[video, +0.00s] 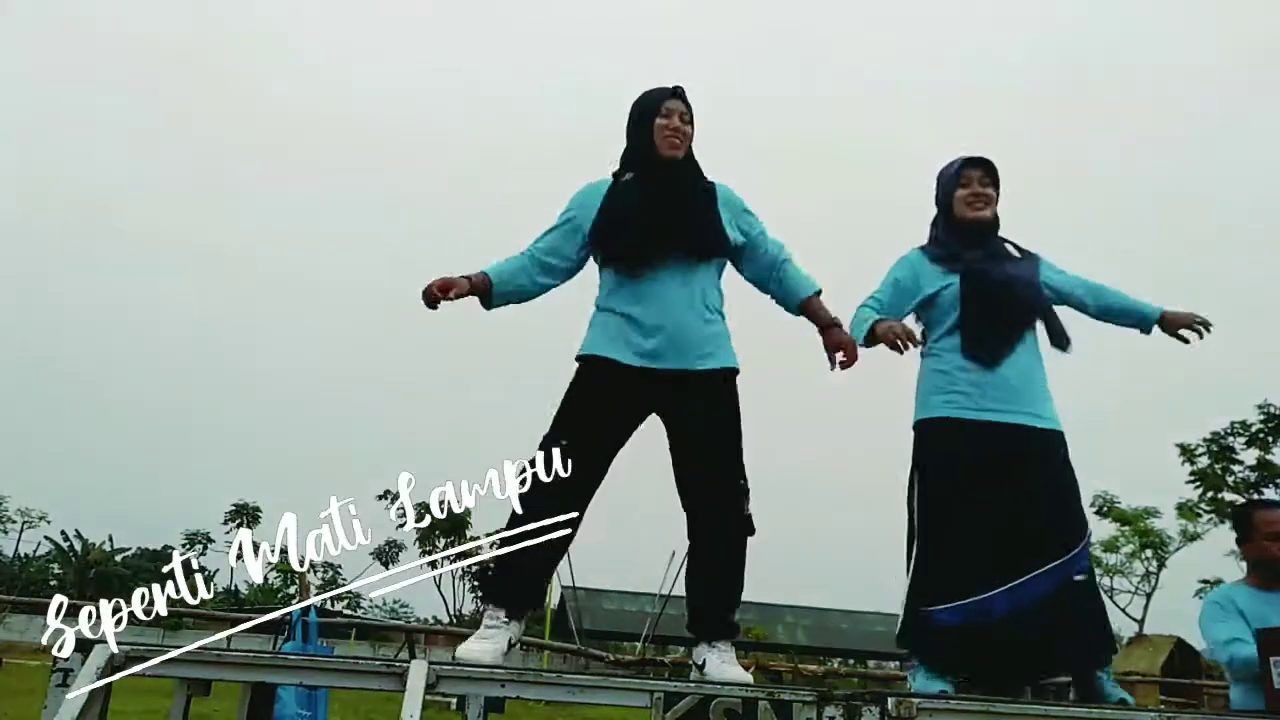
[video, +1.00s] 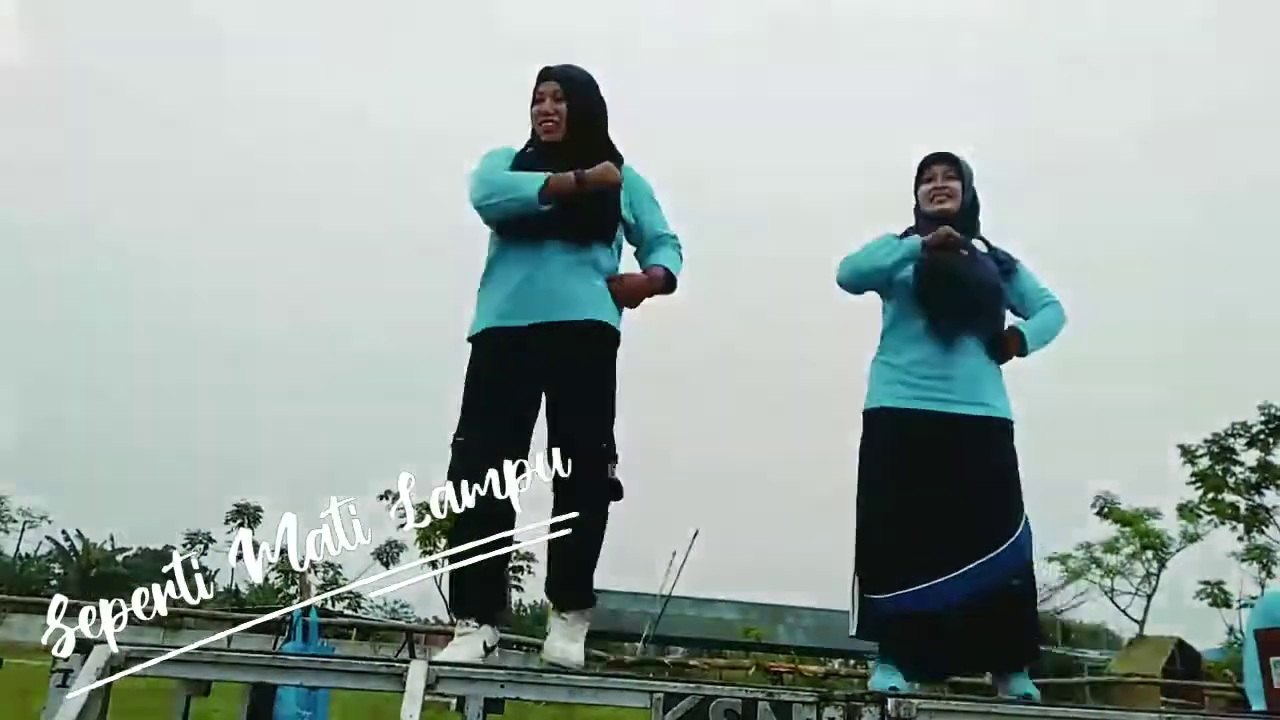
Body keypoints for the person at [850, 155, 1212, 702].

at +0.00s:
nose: (978, 192)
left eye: (987, 186)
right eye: (965, 185)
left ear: (999, 200)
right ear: (944, 199)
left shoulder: (1025, 264)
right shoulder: (918, 265)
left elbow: (1089, 294)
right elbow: (863, 321)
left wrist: (1158, 316)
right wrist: (882, 326)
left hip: (1030, 420)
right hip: (952, 418)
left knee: (1064, 541)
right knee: (947, 540)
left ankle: (1088, 668)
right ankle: (932, 664)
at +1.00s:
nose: (939, 186)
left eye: (950, 179)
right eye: (930, 180)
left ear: (969, 194)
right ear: (916, 196)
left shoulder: (997, 258)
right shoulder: (896, 249)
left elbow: (1052, 312)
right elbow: (848, 275)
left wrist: (1020, 339)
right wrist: (915, 246)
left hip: (978, 409)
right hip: (900, 404)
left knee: (998, 535)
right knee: (897, 531)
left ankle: (1011, 665)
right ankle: (894, 660)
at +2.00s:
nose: (885, 202)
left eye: (891, 197)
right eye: (877, 190)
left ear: (892, 208)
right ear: (847, 189)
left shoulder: (902, 264)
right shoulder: (804, 250)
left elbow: (963, 258)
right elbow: (735, 282)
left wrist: (893, 236)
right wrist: (787, 318)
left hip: (892, 417)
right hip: (820, 408)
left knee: (908, 529)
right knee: (815, 530)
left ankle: (884, 666)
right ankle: (799, 661)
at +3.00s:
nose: (990, 182)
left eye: (997, 174)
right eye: (978, 174)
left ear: (1006, 187)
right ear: (953, 185)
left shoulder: (1029, 252)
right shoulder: (930, 245)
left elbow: (1091, 278)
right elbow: (864, 289)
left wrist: (1166, 281)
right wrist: (916, 319)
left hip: (1034, 403)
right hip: (960, 402)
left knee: (1078, 524)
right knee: (957, 527)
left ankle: (1100, 659)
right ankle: (938, 657)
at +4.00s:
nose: (968, 193)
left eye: (978, 183)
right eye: (958, 190)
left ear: (1004, 194)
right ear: (951, 208)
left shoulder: (1041, 264)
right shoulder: (935, 256)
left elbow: (1093, 310)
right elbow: (852, 276)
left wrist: (1070, 347)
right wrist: (892, 267)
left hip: (1026, 414)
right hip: (948, 408)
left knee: (1061, 537)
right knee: (936, 532)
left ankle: (1094, 668)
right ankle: (911, 660)